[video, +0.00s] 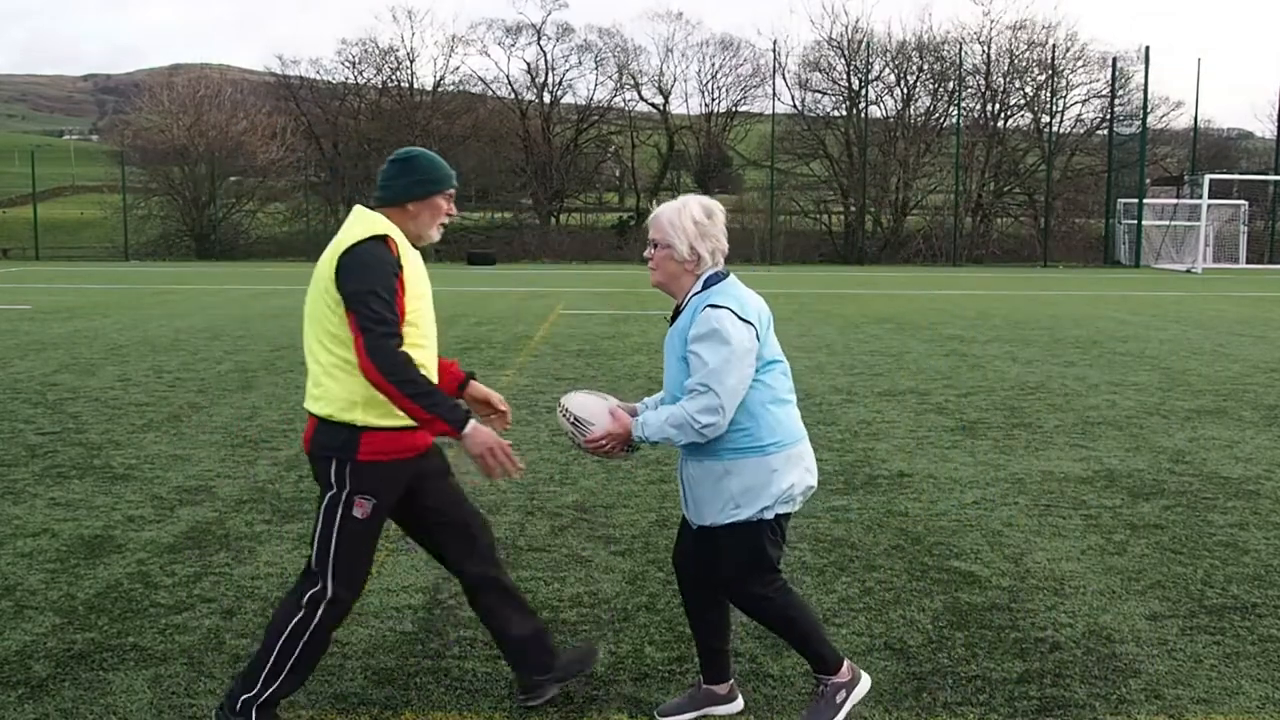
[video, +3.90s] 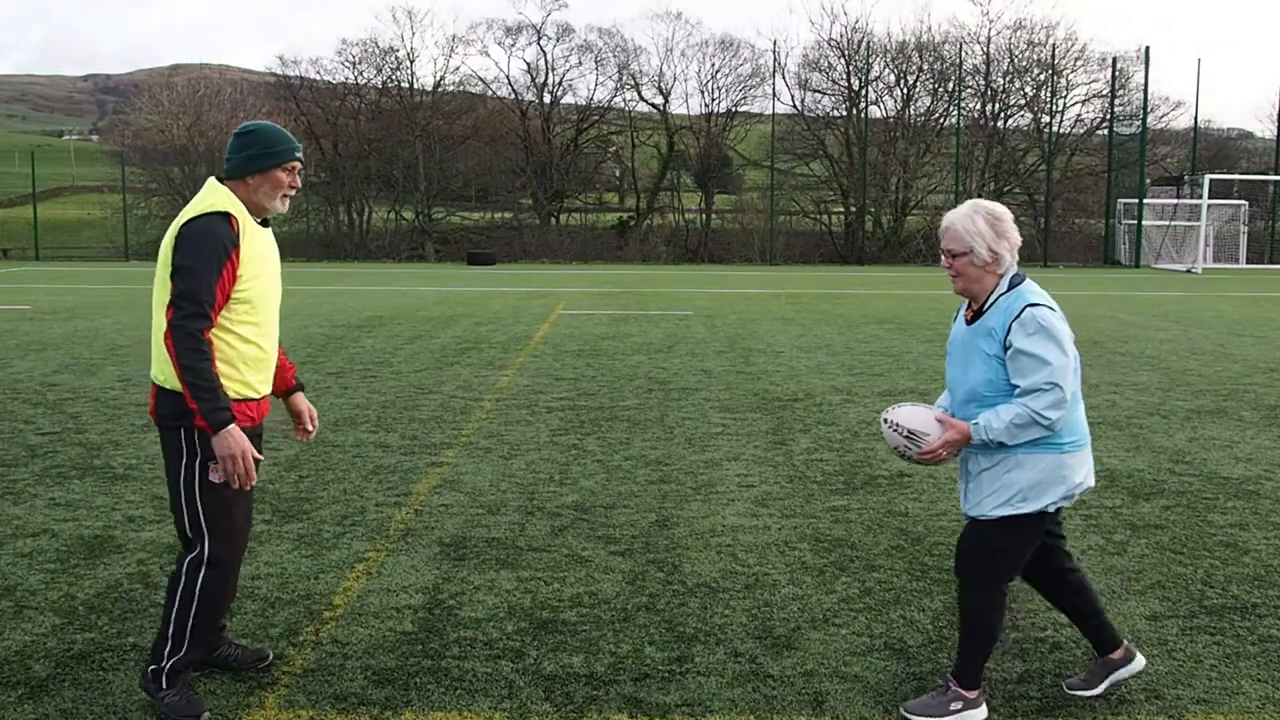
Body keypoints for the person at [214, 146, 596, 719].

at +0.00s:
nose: (450, 213)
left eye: (451, 202)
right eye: (444, 201)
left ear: (409, 200)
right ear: (410, 199)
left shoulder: (395, 247)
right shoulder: (368, 251)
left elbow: (406, 348)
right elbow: (383, 359)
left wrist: (465, 387)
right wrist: (462, 426)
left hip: (402, 441)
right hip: (358, 446)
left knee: (474, 551)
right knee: (329, 588)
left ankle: (538, 666)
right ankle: (246, 707)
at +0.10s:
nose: (405, 202)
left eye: (405, 190)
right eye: (399, 190)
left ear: (362, 189)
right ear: (365, 189)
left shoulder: (347, 238)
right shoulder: (328, 242)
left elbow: (359, 342)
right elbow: (325, 348)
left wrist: (418, 383)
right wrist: (393, 426)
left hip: (359, 429)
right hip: (321, 435)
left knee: (437, 518)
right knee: (308, 582)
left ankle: (419, 662)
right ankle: (247, 707)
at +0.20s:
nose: (369, 191)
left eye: (370, 180)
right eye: (363, 179)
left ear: (331, 180)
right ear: (328, 178)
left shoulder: (321, 230)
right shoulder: (290, 231)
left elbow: (329, 332)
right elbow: (276, 341)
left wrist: (380, 383)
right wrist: (333, 426)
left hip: (330, 420)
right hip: (287, 425)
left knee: (382, 523)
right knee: (291, 574)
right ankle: (245, 706)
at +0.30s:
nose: (348, 182)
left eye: (348, 171)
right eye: (339, 171)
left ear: (312, 175)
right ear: (304, 174)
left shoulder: (304, 231)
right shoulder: (262, 227)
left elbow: (304, 326)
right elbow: (234, 329)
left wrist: (349, 381)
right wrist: (280, 423)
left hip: (307, 417)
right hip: (260, 422)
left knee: (311, 544)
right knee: (273, 568)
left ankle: (221, 627)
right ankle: (244, 703)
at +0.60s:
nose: (290, 173)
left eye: (292, 163)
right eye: (281, 161)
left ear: (266, 169)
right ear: (243, 163)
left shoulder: (254, 225)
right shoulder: (206, 215)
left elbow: (248, 320)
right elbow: (175, 315)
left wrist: (290, 381)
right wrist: (210, 413)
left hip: (238, 405)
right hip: (196, 408)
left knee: (231, 534)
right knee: (216, 542)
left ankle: (207, 644)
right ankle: (169, 678)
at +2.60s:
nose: (234, 168)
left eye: (236, 158)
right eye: (224, 156)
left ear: (220, 166)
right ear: (186, 159)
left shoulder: (204, 218)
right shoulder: (151, 218)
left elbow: (214, 314)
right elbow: (141, 328)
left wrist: (253, 380)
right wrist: (192, 413)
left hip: (215, 408)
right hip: (164, 412)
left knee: (213, 538)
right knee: (167, 550)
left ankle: (205, 642)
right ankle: (155, 681)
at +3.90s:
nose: (296, 183)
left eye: (298, 173)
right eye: (288, 172)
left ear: (260, 175)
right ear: (253, 172)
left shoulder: (252, 228)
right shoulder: (210, 226)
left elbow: (251, 324)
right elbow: (187, 331)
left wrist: (289, 388)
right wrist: (220, 424)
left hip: (237, 411)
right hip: (198, 415)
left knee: (230, 539)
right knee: (211, 547)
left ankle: (206, 640)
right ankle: (167, 674)